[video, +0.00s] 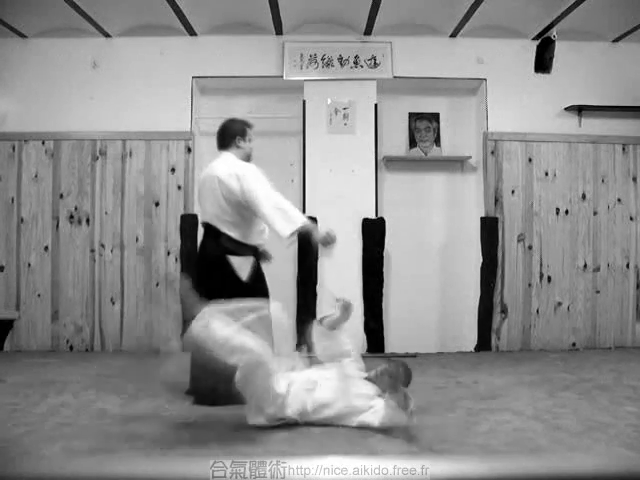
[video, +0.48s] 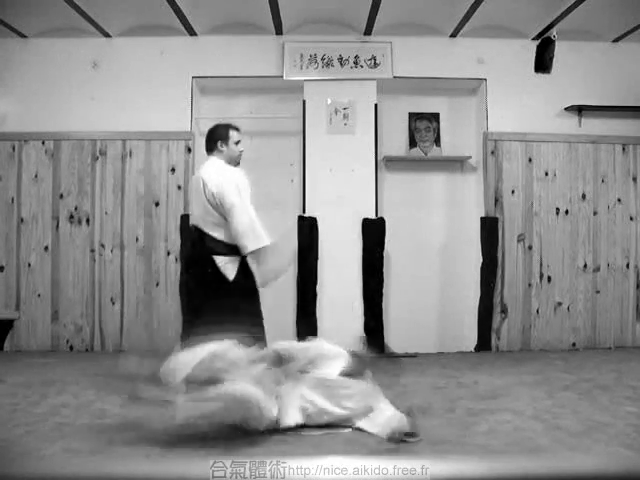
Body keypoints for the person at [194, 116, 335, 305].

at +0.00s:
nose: (253, 146)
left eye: (252, 140)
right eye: (250, 140)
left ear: (222, 143)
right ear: (239, 141)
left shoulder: (209, 171)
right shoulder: (243, 171)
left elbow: (218, 222)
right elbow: (273, 204)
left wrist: (254, 247)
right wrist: (314, 231)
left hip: (209, 257)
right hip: (239, 259)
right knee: (256, 325)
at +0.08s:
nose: (251, 146)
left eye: (250, 140)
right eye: (248, 140)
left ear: (225, 142)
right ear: (235, 141)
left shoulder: (209, 169)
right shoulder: (239, 171)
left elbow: (221, 217)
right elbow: (269, 203)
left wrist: (253, 247)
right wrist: (312, 226)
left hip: (211, 251)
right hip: (236, 255)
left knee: (217, 316)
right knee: (254, 318)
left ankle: (210, 383)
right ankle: (251, 383)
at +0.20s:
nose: (247, 146)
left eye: (246, 140)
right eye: (243, 141)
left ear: (223, 143)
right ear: (229, 143)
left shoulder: (211, 167)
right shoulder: (230, 171)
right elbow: (257, 203)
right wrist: (297, 223)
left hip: (213, 250)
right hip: (231, 255)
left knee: (215, 316)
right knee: (249, 315)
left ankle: (208, 383)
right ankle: (236, 385)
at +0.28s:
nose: (244, 146)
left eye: (243, 141)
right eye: (240, 141)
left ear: (222, 144)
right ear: (225, 144)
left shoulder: (217, 168)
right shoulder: (222, 172)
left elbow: (253, 202)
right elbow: (249, 204)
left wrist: (281, 224)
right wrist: (286, 228)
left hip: (219, 252)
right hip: (227, 256)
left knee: (218, 318)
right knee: (250, 316)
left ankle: (210, 383)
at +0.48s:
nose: (242, 148)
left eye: (241, 143)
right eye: (237, 143)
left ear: (219, 147)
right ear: (221, 146)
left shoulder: (203, 172)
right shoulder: (227, 176)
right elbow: (241, 219)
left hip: (203, 248)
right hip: (226, 252)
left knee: (208, 312)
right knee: (243, 313)